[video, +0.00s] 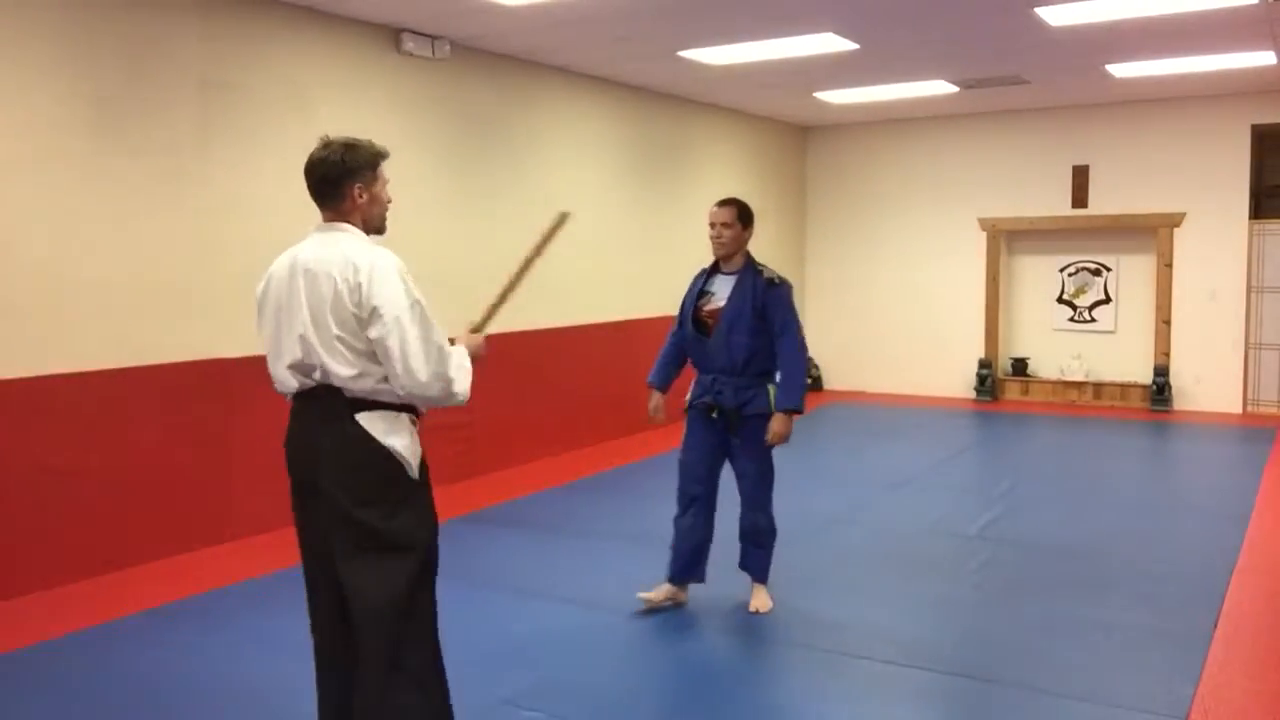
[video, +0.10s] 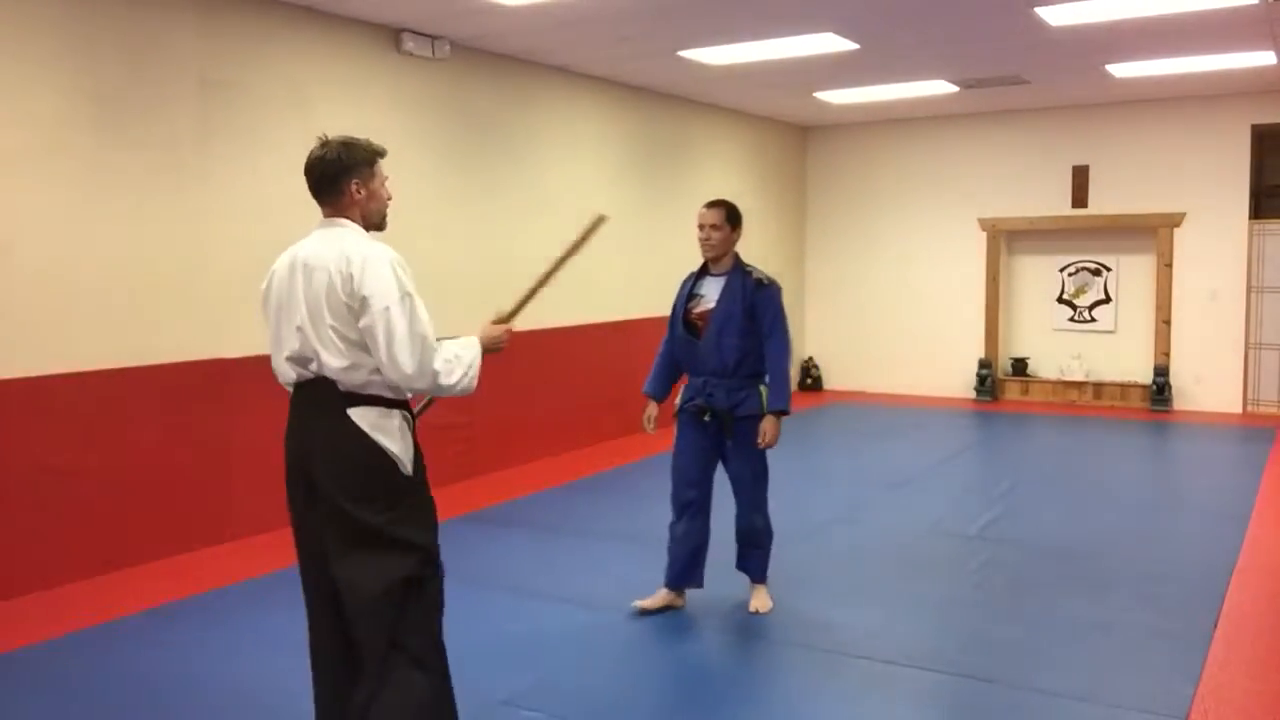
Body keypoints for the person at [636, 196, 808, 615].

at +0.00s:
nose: (716, 233)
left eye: (725, 227)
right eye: (712, 226)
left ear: (746, 231)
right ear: (708, 231)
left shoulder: (770, 287)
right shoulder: (702, 282)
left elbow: (792, 350)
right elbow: (681, 334)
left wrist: (786, 409)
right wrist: (658, 384)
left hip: (751, 408)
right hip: (705, 405)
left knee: (756, 499)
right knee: (692, 494)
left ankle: (759, 583)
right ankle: (677, 583)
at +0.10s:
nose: (705, 236)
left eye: (714, 228)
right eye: (700, 228)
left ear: (735, 233)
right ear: (696, 233)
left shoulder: (760, 288)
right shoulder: (690, 285)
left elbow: (777, 352)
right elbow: (674, 344)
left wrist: (774, 411)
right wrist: (655, 393)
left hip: (743, 410)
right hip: (696, 407)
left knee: (751, 501)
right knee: (687, 499)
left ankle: (758, 583)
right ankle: (674, 589)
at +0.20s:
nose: (691, 235)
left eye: (700, 228)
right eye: (687, 228)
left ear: (721, 233)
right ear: (683, 232)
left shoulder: (747, 288)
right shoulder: (676, 286)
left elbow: (765, 351)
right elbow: (662, 348)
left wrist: (761, 410)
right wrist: (649, 399)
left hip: (731, 413)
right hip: (683, 413)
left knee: (744, 504)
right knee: (677, 502)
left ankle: (757, 584)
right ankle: (672, 590)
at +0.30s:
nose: (679, 235)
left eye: (688, 227)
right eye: (675, 227)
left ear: (708, 233)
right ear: (670, 232)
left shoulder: (735, 286)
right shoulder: (663, 287)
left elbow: (754, 348)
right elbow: (648, 346)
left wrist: (747, 407)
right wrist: (637, 396)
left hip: (720, 412)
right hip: (672, 412)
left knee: (737, 503)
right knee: (667, 502)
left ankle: (754, 582)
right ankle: (672, 591)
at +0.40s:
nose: (669, 233)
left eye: (678, 226)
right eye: (665, 226)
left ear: (698, 231)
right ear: (659, 231)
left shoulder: (725, 285)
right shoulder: (651, 285)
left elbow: (745, 346)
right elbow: (634, 345)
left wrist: (734, 404)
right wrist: (620, 390)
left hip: (712, 412)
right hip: (665, 414)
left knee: (730, 501)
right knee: (665, 503)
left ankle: (748, 578)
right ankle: (672, 591)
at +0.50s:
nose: (663, 233)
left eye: (672, 226)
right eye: (658, 225)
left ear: (693, 230)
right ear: (654, 230)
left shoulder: (719, 284)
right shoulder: (644, 284)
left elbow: (740, 347)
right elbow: (624, 343)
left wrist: (726, 402)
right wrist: (609, 389)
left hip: (708, 412)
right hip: (661, 413)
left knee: (723, 502)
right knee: (664, 504)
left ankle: (739, 582)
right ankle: (671, 592)